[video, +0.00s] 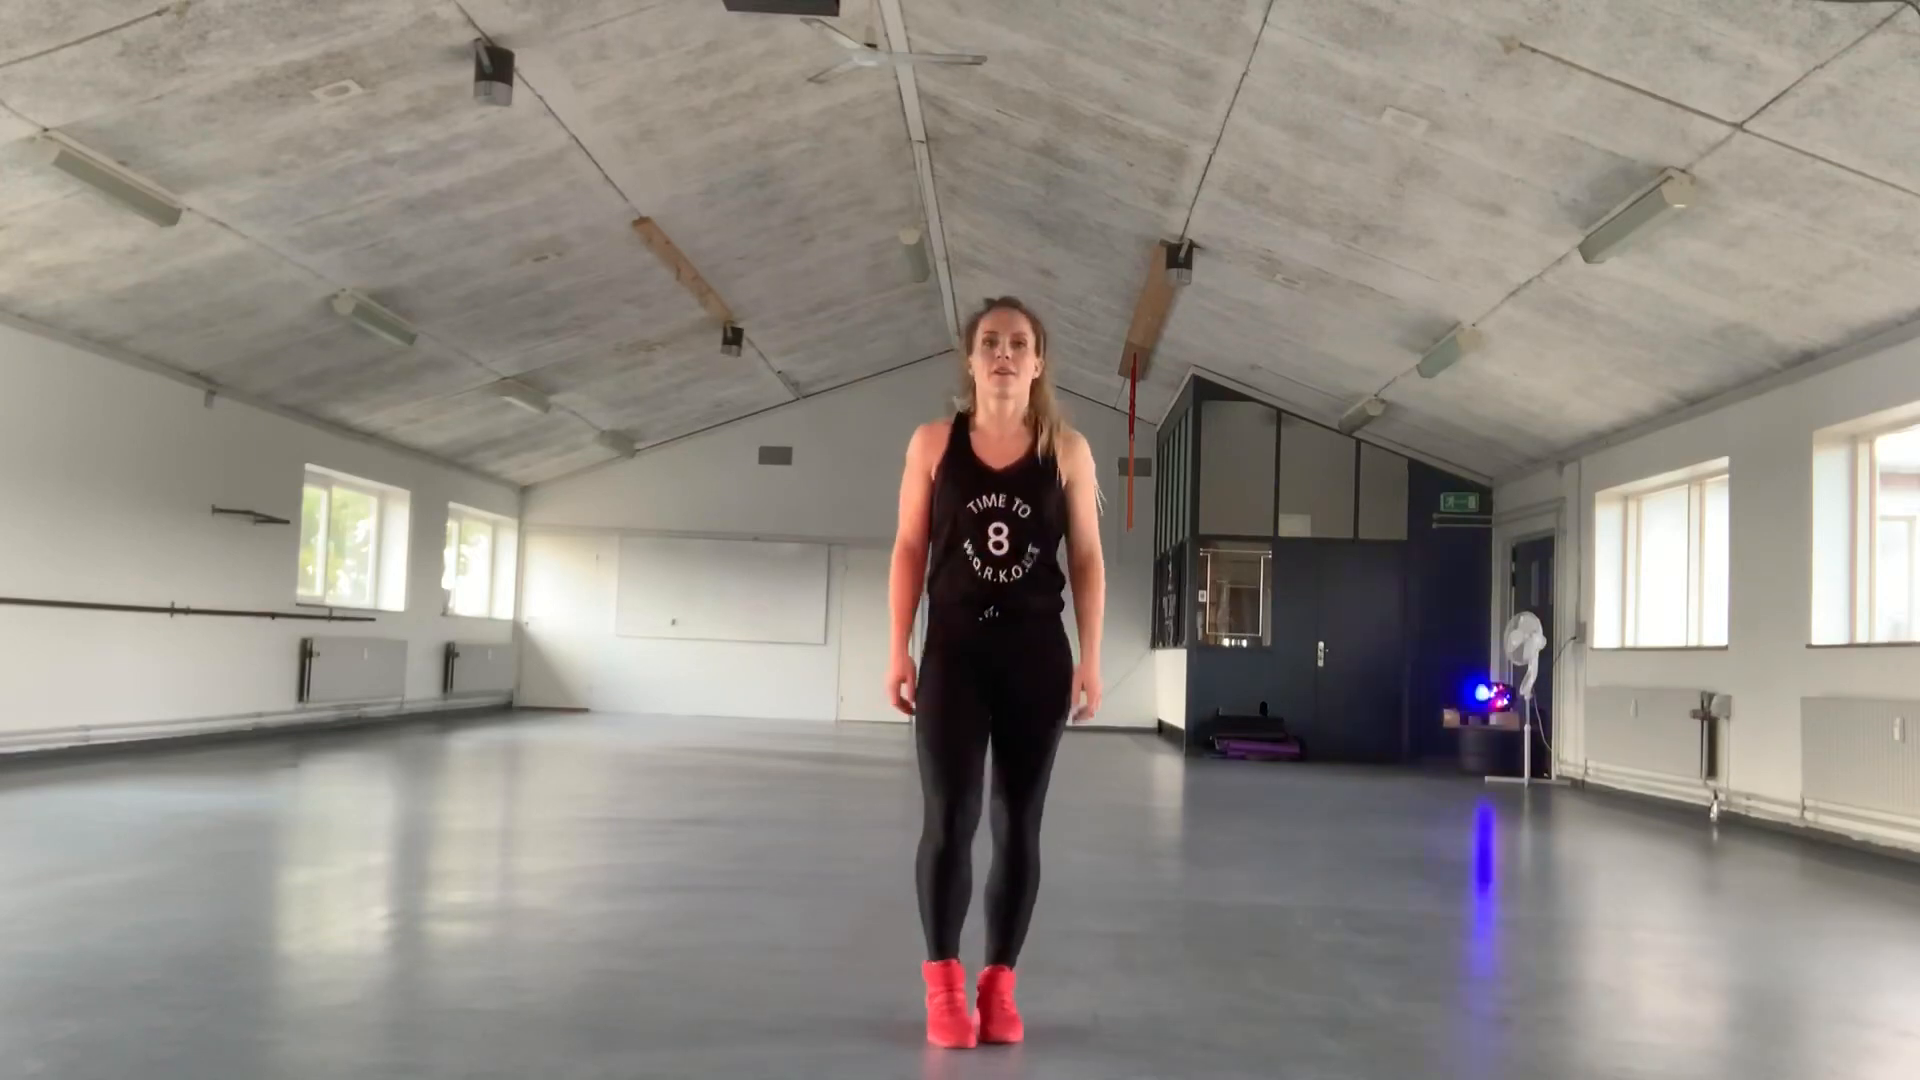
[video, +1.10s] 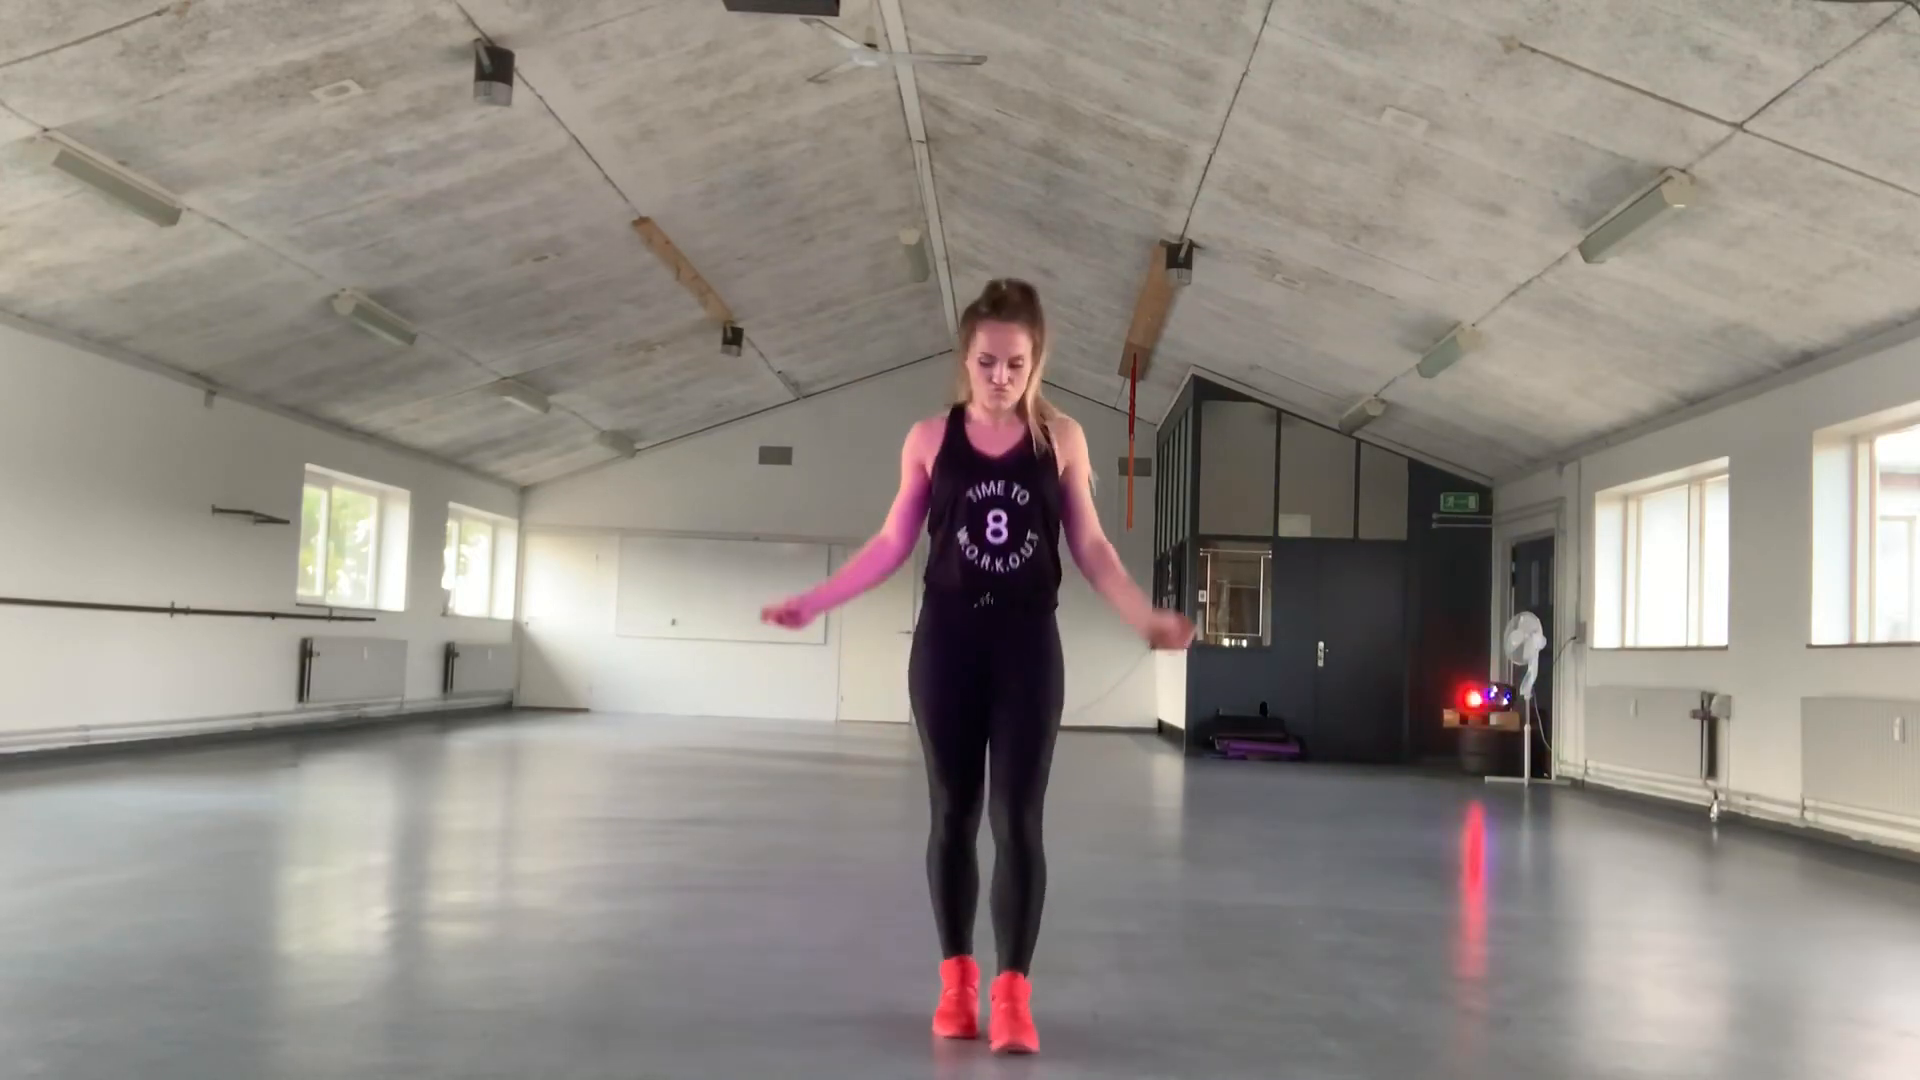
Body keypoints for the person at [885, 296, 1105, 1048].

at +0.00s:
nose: (1005, 355)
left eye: (1019, 344)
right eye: (992, 344)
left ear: (1039, 360)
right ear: (970, 358)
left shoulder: (1067, 450)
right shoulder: (933, 443)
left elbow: (1087, 562)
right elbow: (910, 548)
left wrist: (1089, 657)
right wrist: (899, 648)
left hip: (1037, 656)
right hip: (951, 654)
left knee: (1019, 822)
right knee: (951, 818)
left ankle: (1001, 980)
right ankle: (943, 977)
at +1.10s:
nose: (1000, 374)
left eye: (1015, 360)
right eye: (988, 358)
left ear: (1035, 364)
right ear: (965, 357)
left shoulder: (1060, 437)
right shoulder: (930, 439)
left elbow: (1092, 550)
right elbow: (891, 546)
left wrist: (1146, 619)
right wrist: (814, 602)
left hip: (1028, 648)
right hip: (946, 646)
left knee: (1017, 813)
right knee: (954, 811)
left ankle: (1013, 985)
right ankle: (958, 974)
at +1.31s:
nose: (998, 386)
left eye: (1014, 371)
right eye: (987, 370)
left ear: (1048, 369)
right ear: (973, 367)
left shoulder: (1075, 450)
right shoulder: (950, 435)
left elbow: (1119, 553)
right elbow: (877, 510)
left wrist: (1177, 515)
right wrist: (784, 508)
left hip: (1048, 653)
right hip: (965, 650)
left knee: (1034, 819)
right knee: (955, 811)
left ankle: (1019, 975)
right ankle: (954, 966)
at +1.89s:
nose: (1020, 376)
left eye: (1035, 365)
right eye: (1008, 364)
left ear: (1060, 378)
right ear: (991, 375)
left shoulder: (1082, 469)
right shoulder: (958, 451)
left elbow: (1097, 589)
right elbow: (901, 534)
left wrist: (1131, 570)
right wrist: (831, 540)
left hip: (1049, 670)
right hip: (968, 668)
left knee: (1034, 830)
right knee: (964, 828)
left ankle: (1015, 977)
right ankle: (956, 970)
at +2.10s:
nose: (1021, 336)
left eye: (1034, 326)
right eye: (1008, 324)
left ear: (1051, 342)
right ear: (983, 338)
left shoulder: (1079, 428)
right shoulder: (948, 429)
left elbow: (1086, 542)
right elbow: (922, 536)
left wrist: (1081, 640)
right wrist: (895, 626)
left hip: (1037, 633)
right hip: (953, 630)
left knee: (1023, 806)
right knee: (958, 800)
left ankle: (1012, 970)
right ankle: (956, 970)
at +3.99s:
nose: (1024, 355)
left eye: (1039, 344)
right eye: (1012, 343)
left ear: (1062, 358)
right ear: (993, 356)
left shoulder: (1090, 442)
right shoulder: (963, 427)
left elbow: (1103, 544)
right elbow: (924, 519)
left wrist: (1093, 612)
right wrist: (916, 598)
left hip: (1045, 643)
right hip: (965, 638)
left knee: (1026, 810)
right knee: (975, 794)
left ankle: (1008, 971)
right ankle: (960, 954)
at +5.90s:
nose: (947, 361)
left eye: (962, 347)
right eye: (935, 346)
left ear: (988, 356)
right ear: (918, 353)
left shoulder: (1015, 414)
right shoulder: (893, 445)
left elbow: (1048, 496)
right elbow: (863, 548)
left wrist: (1004, 555)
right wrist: (834, 643)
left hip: (982, 629)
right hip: (902, 628)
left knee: (978, 801)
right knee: (903, 797)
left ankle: (977, 962)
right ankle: (903, 965)